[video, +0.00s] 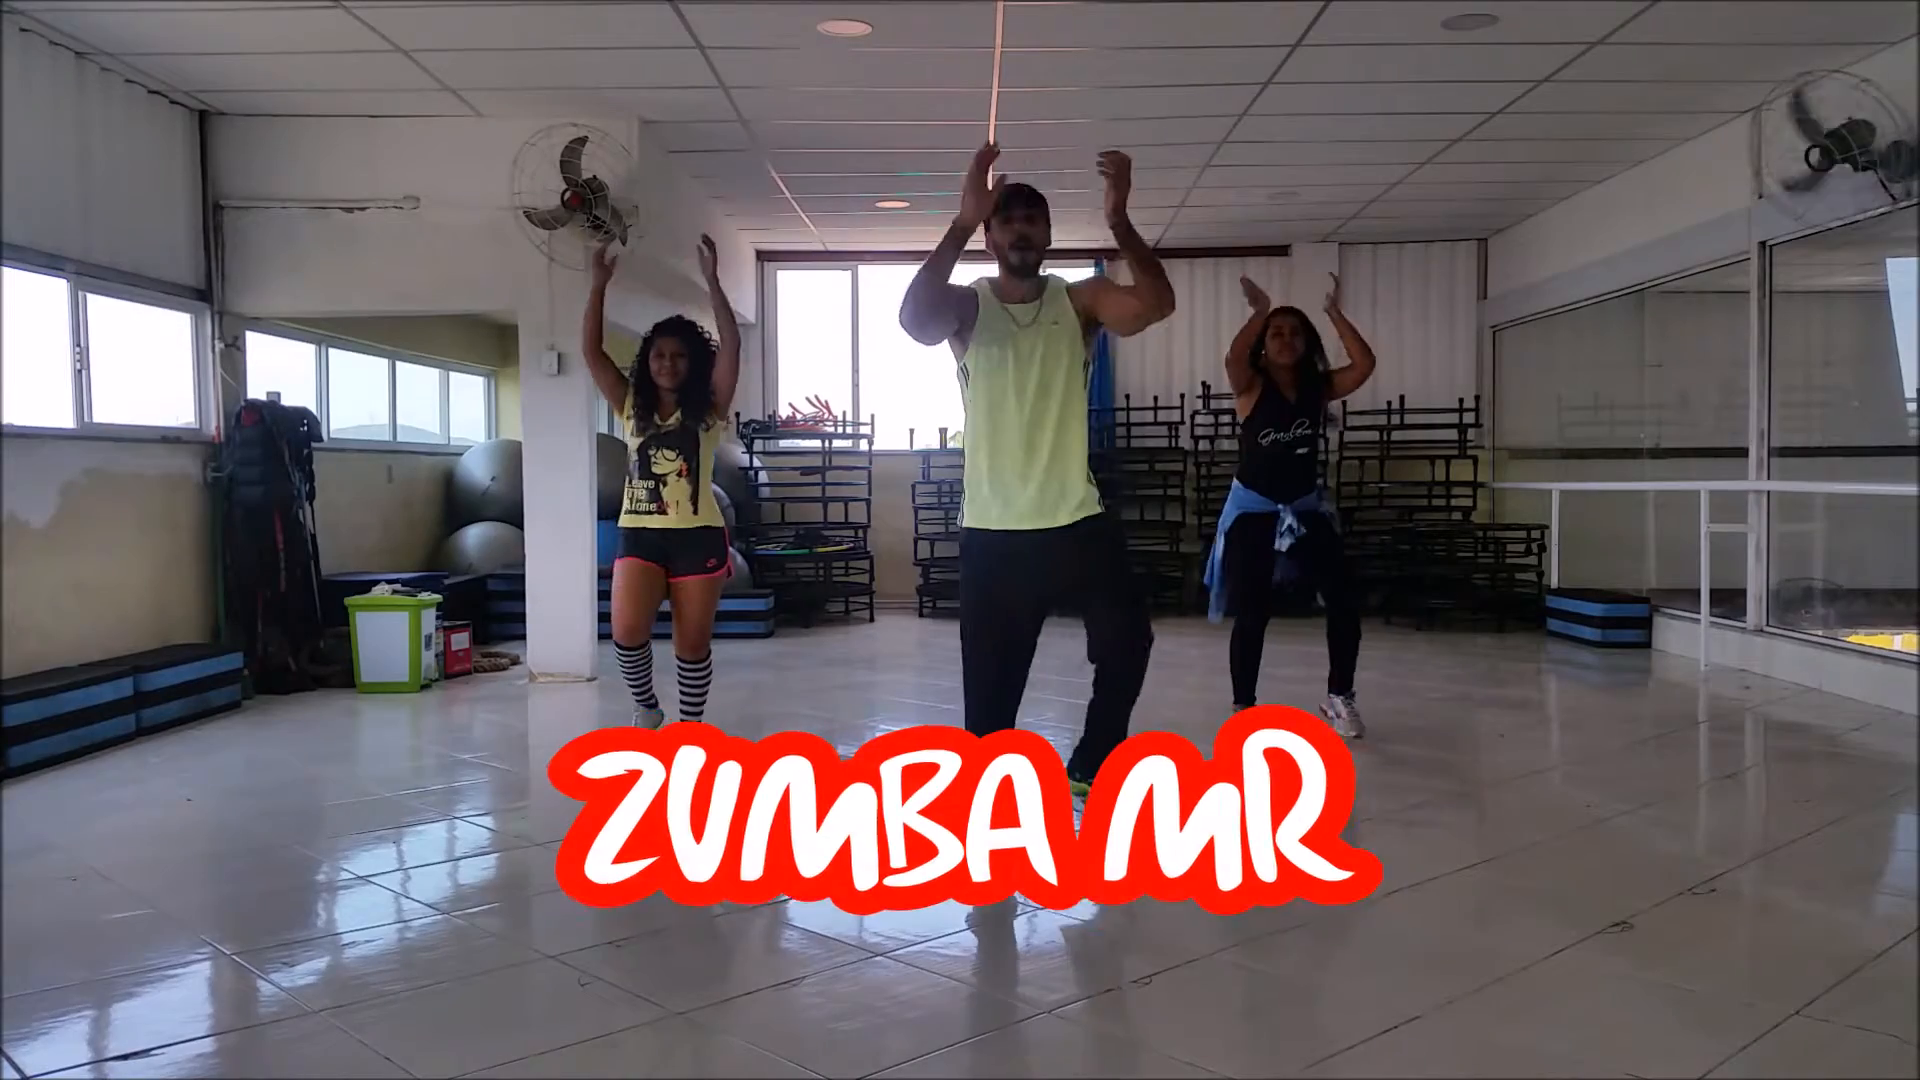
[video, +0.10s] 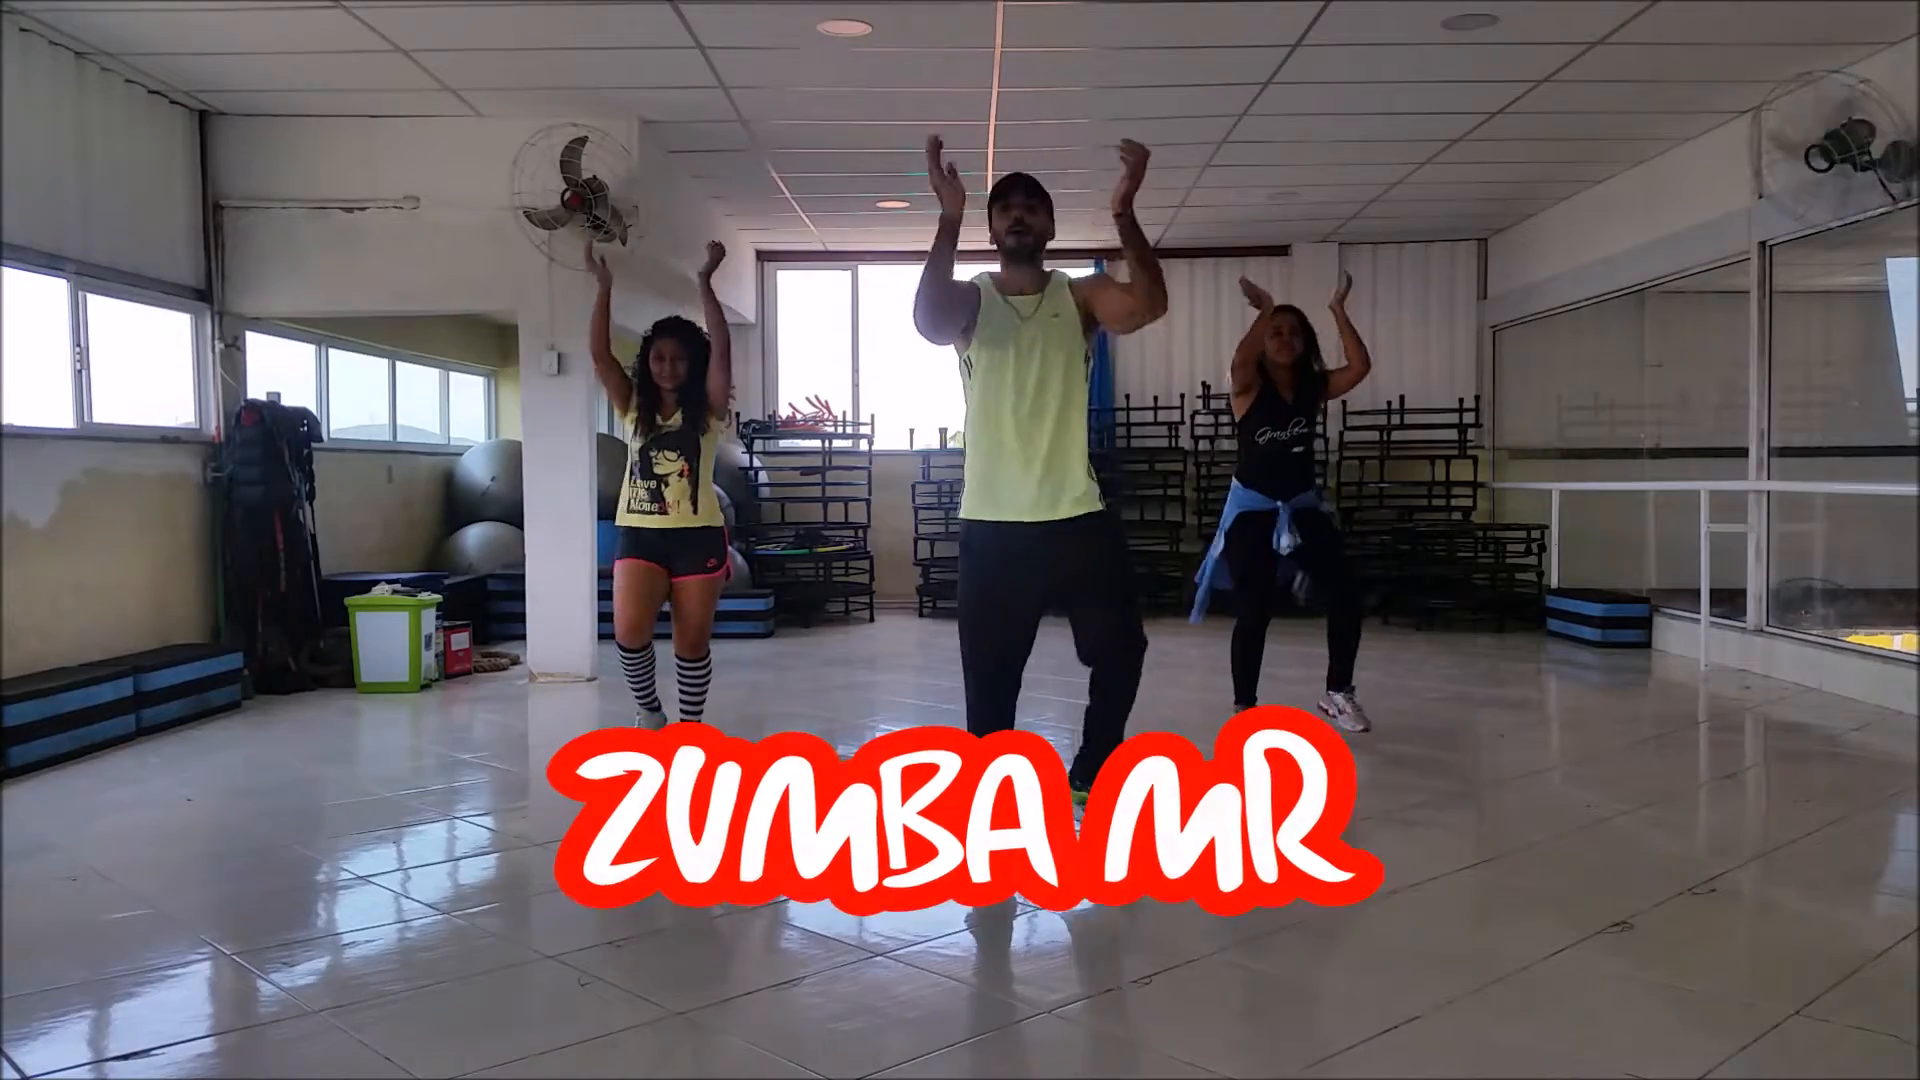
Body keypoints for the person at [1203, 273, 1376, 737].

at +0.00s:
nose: (1285, 340)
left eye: (1294, 333)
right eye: (1276, 334)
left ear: (1307, 344)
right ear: (1262, 344)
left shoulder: (1318, 387)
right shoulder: (1249, 386)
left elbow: (1362, 365)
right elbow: (1235, 357)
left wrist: (1335, 314)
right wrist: (1260, 312)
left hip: (1308, 513)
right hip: (1254, 514)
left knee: (1344, 600)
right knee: (1252, 613)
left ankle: (1340, 697)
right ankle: (1244, 710)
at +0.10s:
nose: (1286, 340)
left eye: (1294, 333)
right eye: (1277, 334)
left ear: (1307, 343)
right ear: (1262, 343)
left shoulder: (1314, 386)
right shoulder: (1247, 387)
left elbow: (1358, 366)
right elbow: (1243, 358)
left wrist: (1338, 311)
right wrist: (1265, 309)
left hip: (1305, 512)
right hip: (1252, 513)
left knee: (1346, 593)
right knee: (1255, 606)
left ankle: (1337, 692)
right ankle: (1244, 709)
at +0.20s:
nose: (1288, 343)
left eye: (1296, 336)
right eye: (1280, 335)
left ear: (1307, 344)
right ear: (1262, 341)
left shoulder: (1313, 382)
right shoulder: (1247, 385)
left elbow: (1356, 360)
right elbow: (1247, 348)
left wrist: (1323, 309)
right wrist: (1285, 312)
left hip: (1311, 510)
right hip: (1257, 511)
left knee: (1335, 603)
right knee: (1254, 610)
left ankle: (1336, 706)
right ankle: (1244, 711)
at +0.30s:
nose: (1292, 343)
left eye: (1300, 337)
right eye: (1283, 336)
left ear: (1312, 346)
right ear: (1267, 345)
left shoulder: (1319, 387)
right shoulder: (1252, 389)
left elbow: (1362, 358)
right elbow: (1244, 347)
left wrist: (1323, 314)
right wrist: (1292, 318)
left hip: (1316, 516)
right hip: (1262, 516)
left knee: (1322, 616)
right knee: (1257, 615)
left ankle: (1330, 711)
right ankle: (1245, 711)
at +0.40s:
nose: (1299, 339)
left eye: (1307, 332)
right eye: (1290, 332)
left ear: (1321, 341)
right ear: (1276, 341)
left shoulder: (1330, 385)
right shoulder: (1258, 384)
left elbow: (1373, 359)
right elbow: (1233, 356)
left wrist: (1338, 311)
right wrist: (1273, 317)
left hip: (1321, 515)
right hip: (1268, 514)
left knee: (1324, 615)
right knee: (1260, 611)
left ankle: (1330, 711)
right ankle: (1242, 706)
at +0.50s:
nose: (1304, 339)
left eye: (1313, 332)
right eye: (1295, 333)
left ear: (1326, 341)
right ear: (1280, 342)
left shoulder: (1337, 388)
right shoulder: (1264, 386)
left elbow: (1373, 357)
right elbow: (1233, 363)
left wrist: (1349, 306)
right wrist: (1263, 314)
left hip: (1326, 516)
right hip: (1270, 515)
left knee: (1327, 614)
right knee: (1254, 605)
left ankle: (1332, 712)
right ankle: (1243, 698)